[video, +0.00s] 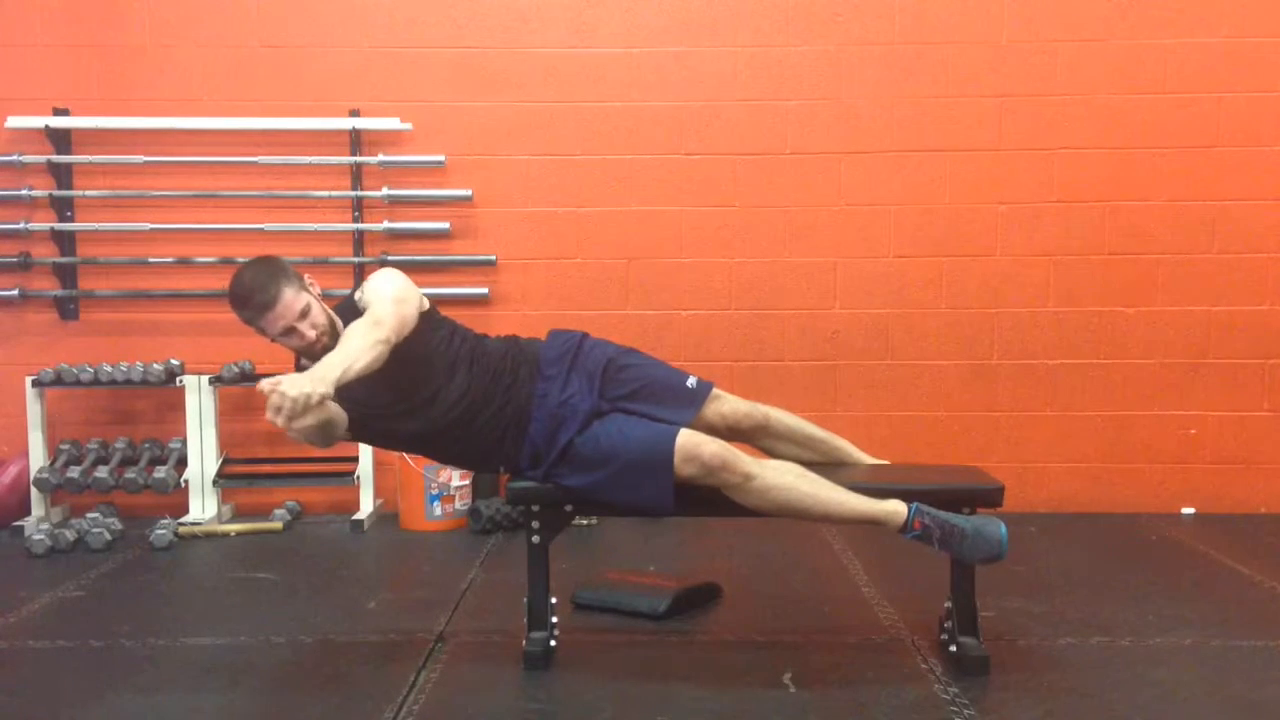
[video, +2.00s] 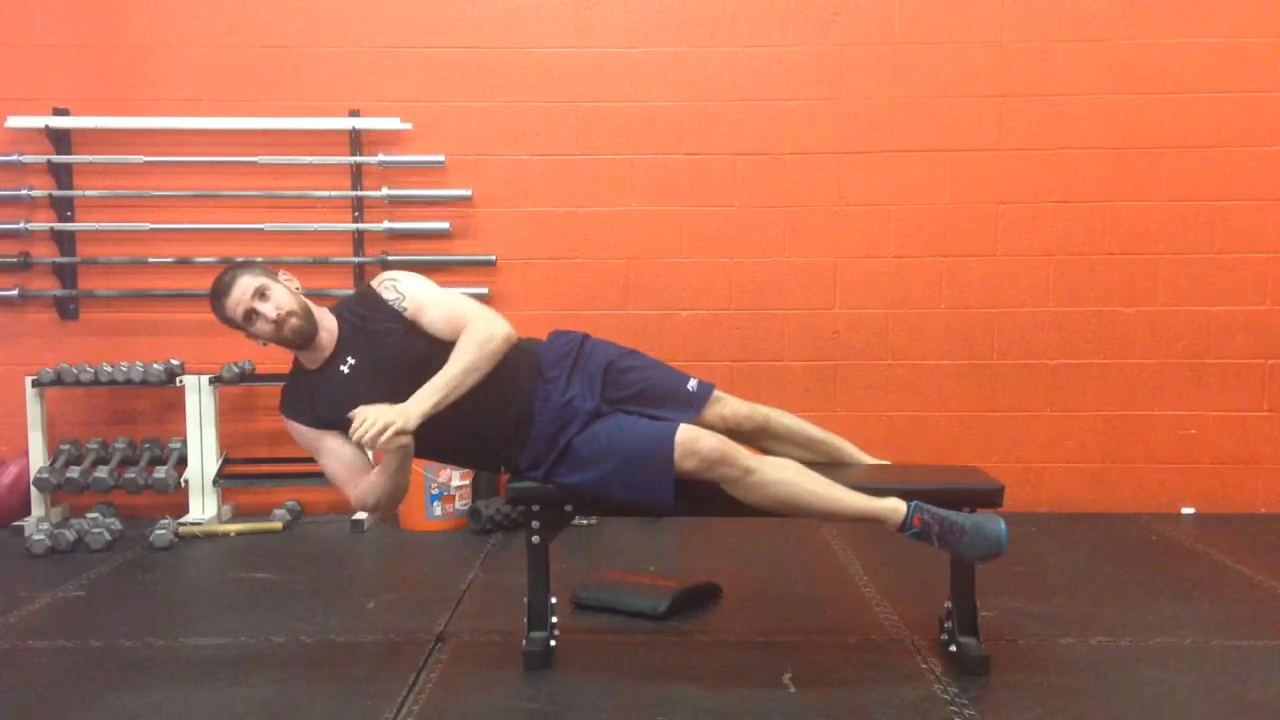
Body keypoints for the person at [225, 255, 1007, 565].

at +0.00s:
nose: (310, 318)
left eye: (304, 300)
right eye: (289, 323)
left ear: (316, 278)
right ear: (274, 337)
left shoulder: (378, 288)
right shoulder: (324, 398)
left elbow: (387, 330)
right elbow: (320, 419)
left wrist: (315, 380)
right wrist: (290, 406)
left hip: (567, 365)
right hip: (548, 447)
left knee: (735, 414)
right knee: (714, 462)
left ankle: (902, 490)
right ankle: (914, 522)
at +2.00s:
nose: (266, 311)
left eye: (261, 293)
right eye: (248, 318)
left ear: (290, 279)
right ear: (252, 342)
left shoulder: (381, 292)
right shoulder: (309, 409)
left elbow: (492, 331)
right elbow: (373, 504)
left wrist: (411, 407)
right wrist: (392, 447)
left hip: (574, 368)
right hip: (547, 449)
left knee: (740, 416)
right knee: (708, 454)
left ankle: (906, 493)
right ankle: (914, 520)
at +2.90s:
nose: (274, 318)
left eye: (269, 299)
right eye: (255, 322)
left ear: (291, 282)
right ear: (252, 343)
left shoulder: (369, 291)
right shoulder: (304, 409)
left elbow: (402, 316)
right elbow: (328, 425)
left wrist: (340, 361)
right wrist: (323, 383)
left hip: (565, 366)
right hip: (545, 450)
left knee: (735, 415)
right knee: (708, 456)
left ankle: (904, 493)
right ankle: (913, 521)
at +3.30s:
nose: (277, 319)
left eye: (273, 300)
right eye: (258, 323)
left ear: (294, 283)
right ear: (254, 342)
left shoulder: (369, 292)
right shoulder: (304, 407)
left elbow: (401, 313)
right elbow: (322, 421)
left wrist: (350, 356)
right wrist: (327, 390)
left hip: (565, 366)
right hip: (545, 449)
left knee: (737, 415)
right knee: (712, 458)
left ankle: (910, 494)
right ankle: (914, 522)